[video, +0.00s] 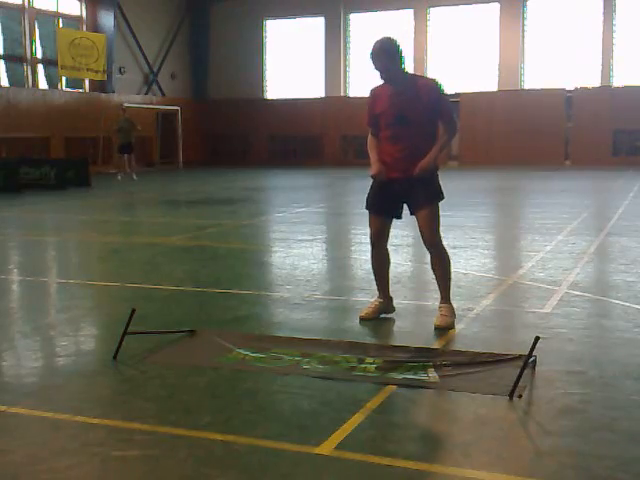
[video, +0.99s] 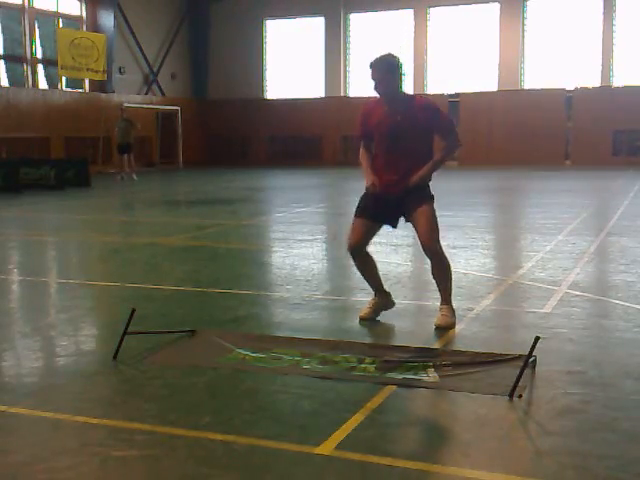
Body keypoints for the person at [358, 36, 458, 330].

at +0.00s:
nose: (378, 68)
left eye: (382, 62)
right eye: (375, 63)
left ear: (397, 58)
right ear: (374, 64)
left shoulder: (427, 88)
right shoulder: (377, 94)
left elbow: (450, 127)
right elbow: (372, 134)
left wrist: (432, 158)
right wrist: (375, 162)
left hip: (420, 178)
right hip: (385, 179)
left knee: (432, 241)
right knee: (377, 239)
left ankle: (445, 304)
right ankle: (384, 299)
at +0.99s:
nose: (376, 85)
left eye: (381, 79)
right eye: (374, 80)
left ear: (397, 77)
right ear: (373, 80)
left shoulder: (423, 108)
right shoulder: (370, 111)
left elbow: (452, 141)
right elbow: (364, 147)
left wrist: (427, 170)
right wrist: (369, 175)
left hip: (414, 188)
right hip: (380, 189)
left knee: (431, 246)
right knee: (355, 245)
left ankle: (446, 306)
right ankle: (381, 296)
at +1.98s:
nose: (334, 94)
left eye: (337, 88)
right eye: (328, 90)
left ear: (344, 88)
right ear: (320, 92)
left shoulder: (360, 109)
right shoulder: (314, 119)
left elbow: (400, 95)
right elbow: (292, 145)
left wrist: (439, 94)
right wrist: (329, 134)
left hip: (359, 196)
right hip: (322, 199)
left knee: (398, 221)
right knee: (284, 250)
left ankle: (408, 284)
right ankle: (256, 295)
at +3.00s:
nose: (302, 121)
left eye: (306, 115)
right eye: (300, 116)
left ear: (320, 112)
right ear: (297, 115)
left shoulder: (348, 136)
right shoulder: (298, 138)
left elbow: (373, 173)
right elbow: (284, 171)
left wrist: (334, 193)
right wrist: (266, 206)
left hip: (345, 203)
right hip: (311, 202)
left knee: (372, 244)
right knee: (272, 249)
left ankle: (373, 296)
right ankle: (265, 299)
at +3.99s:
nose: (476, 142)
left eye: (481, 136)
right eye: (472, 135)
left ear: (494, 133)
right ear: (467, 129)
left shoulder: (510, 156)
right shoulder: (448, 152)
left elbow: (531, 179)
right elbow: (423, 186)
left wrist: (546, 217)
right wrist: (458, 202)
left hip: (480, 218)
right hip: (440, 219)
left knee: (504, 263)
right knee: (424, 279)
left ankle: (528, 318)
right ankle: (476, 281)